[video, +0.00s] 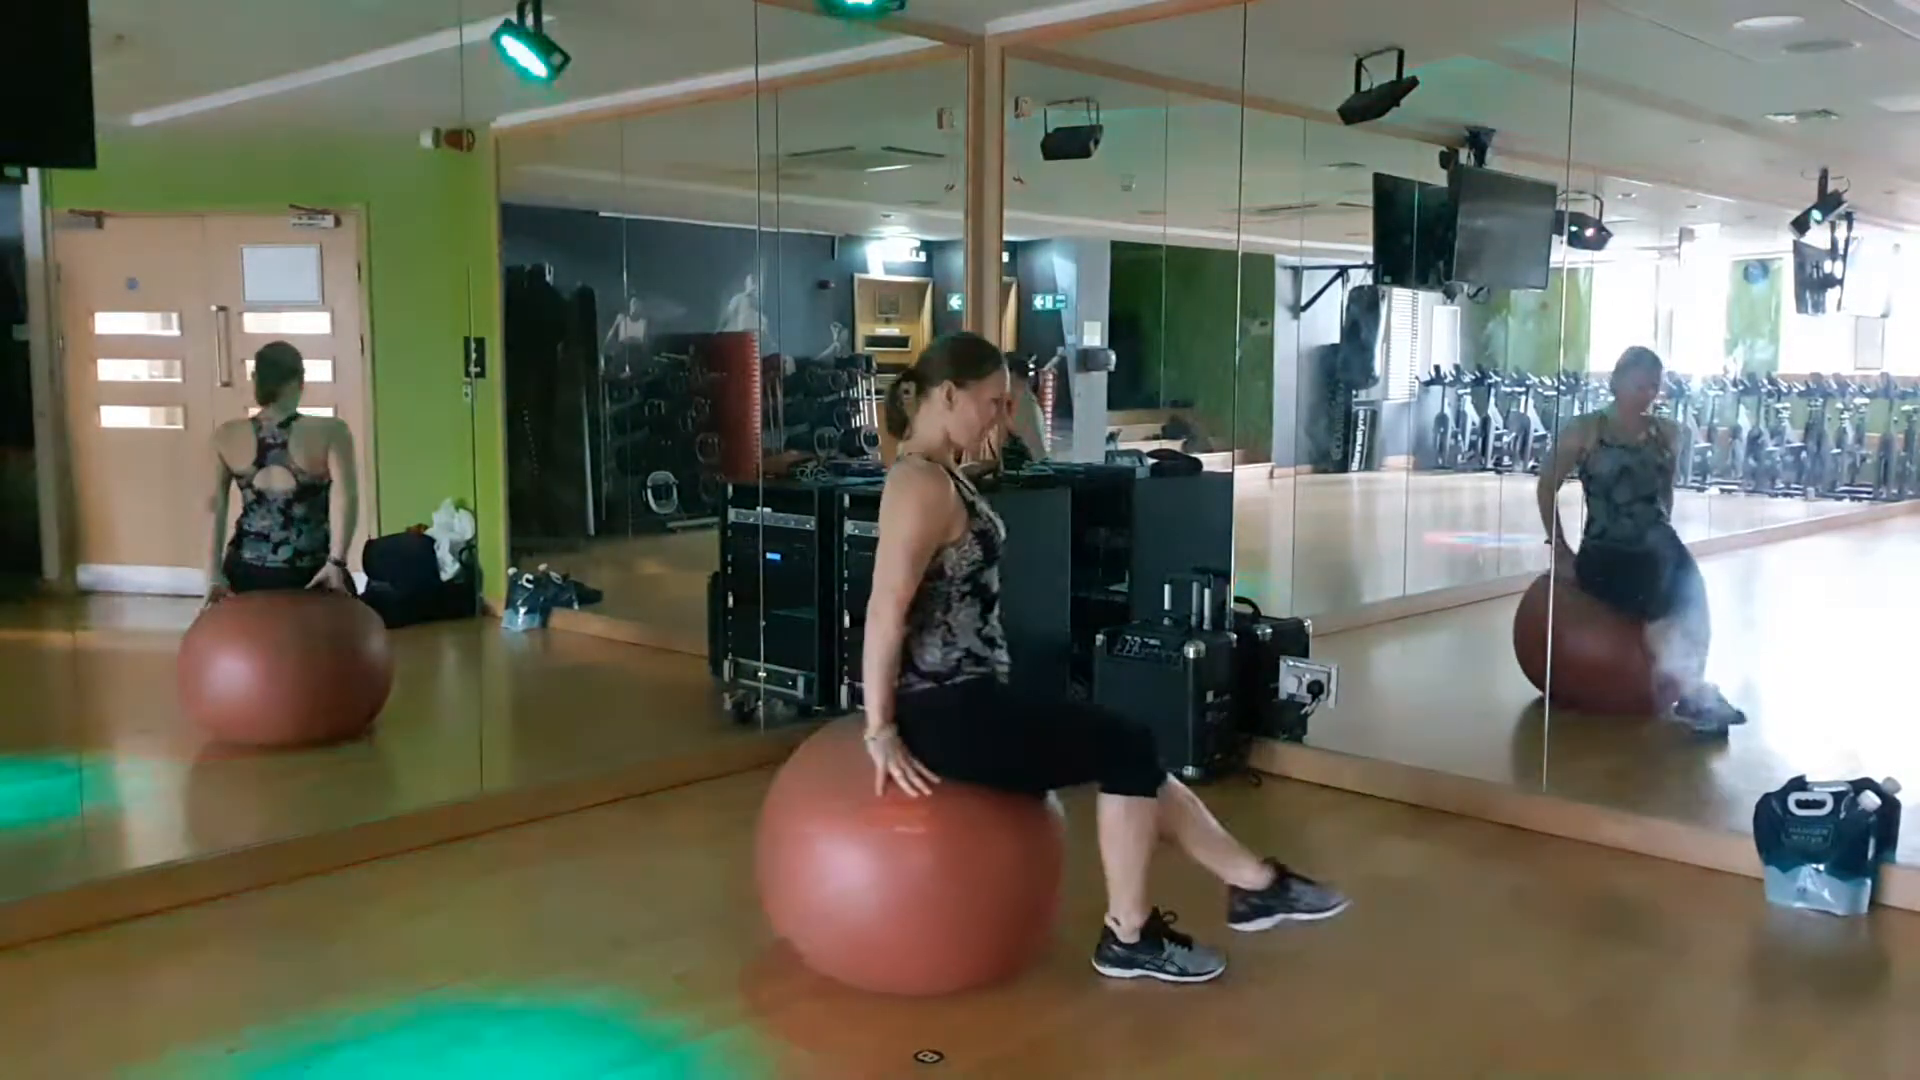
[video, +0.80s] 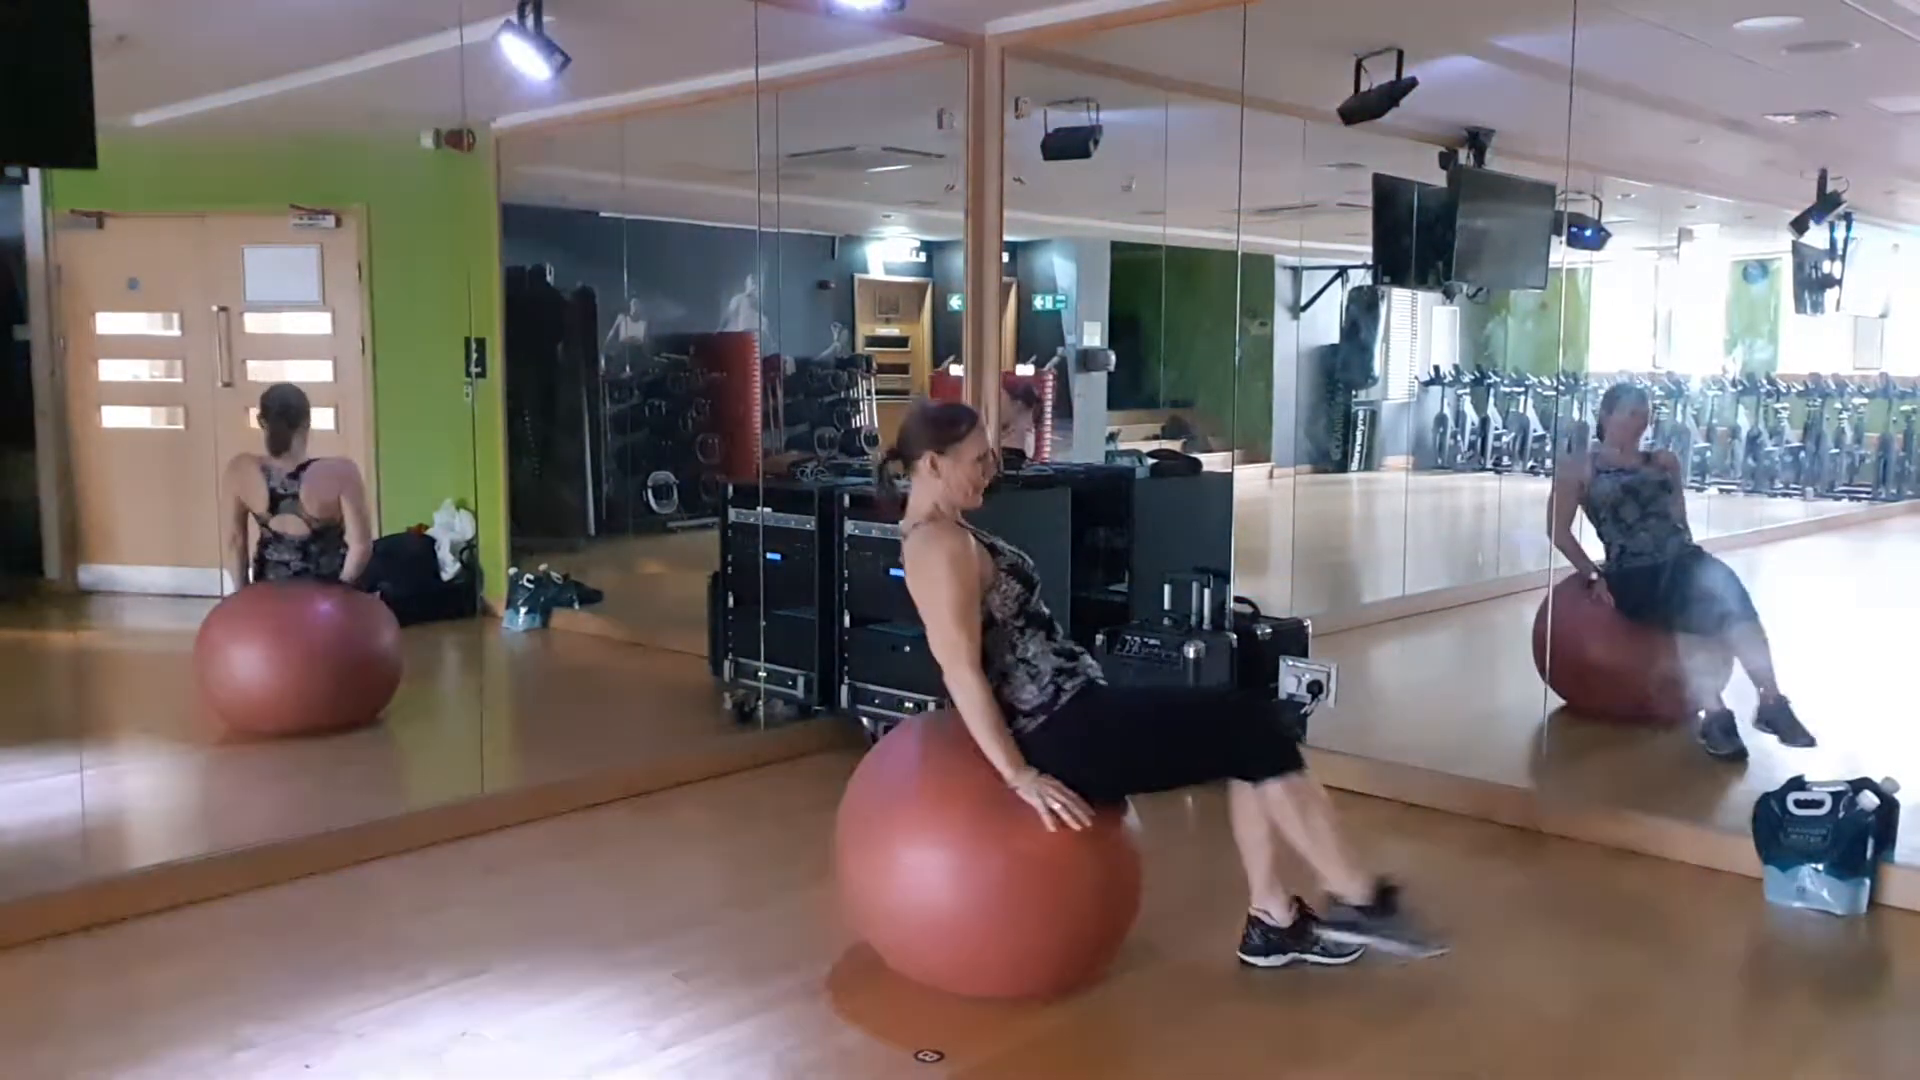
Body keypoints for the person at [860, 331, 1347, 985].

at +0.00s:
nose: (997, 426)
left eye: (1003, 412)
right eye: (994, 407)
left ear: (945, 398)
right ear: (950, 394)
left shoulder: (939, 479)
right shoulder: (919, 484)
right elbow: (887, 605)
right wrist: (880, 727)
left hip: (972, 701)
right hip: (944, 713)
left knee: (1129, 750)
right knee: (1122, 749)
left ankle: (1255, 882)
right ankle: (1129, 934)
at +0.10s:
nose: (998, 425)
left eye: (1001, 410)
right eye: (991, 408)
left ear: (951, 403)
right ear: (946, 400)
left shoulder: (943, 483)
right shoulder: (923, 489)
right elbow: (893, 615)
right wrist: (899, 733)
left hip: (987, 704)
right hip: (960, 716)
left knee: (1146, 763)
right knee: (1144, 749)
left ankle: (1273, 891)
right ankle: (1133, 931)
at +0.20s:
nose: (998, 431)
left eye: (1000, 416)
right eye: (990, 414)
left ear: (950, 411)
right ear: (946, 408)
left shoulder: (946, 488)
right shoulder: (927, 497)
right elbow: (901, 622)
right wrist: (917, 739)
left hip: (1001, 710)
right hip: (977, 723)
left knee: (1168, 764)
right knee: (1163, 750)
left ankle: (1268, 915)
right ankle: (1137, 927)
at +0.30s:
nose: (999, 437)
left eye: (1000, 423)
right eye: (990, 422)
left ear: (951, 419)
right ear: (946, 416)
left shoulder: (948, 496)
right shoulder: (930, 506)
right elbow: (910, 628)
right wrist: (934, 743)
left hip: (1015, 713)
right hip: (993, 728)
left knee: (1187, 755)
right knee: (1177, 741)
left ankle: (1271, 914)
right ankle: (1147, 917)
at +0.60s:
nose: (993, 457)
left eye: (993, 443)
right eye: (981, 444)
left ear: (939, 448)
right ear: (933, 446)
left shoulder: (945, 519)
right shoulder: (932, 531)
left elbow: (968, 641)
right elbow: (939, 658)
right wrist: (980, 762)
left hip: (1054, 711)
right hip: (1032, 728)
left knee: (1234, 724)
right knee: (1219, 717)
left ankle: (1277, 914)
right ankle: (1214, 887)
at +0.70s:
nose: (992, 463)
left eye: (991, 451)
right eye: (979, 453)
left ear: (936, 458)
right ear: (931, 457)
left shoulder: (947, 526)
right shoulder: (937, 539)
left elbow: (975, 650)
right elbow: (950, 668)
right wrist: (997, 770)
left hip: (1059, 715)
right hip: (1046, 730)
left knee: (1237, 716)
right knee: (1241, 719)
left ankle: (1270, 915)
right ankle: (1279, 905)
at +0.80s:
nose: (988, 475)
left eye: (990, 462)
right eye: (979, 462)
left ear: (929, 463)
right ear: (932, 462)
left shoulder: (948, 532)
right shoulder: (938, 545)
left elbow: (989, 654)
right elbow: (958, 668)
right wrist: (1018, 772)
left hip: (1074, 717)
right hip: (1060, 733)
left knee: (1245, 729)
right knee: (1259, 724)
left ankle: (1274, 921)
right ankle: (1358, 895)